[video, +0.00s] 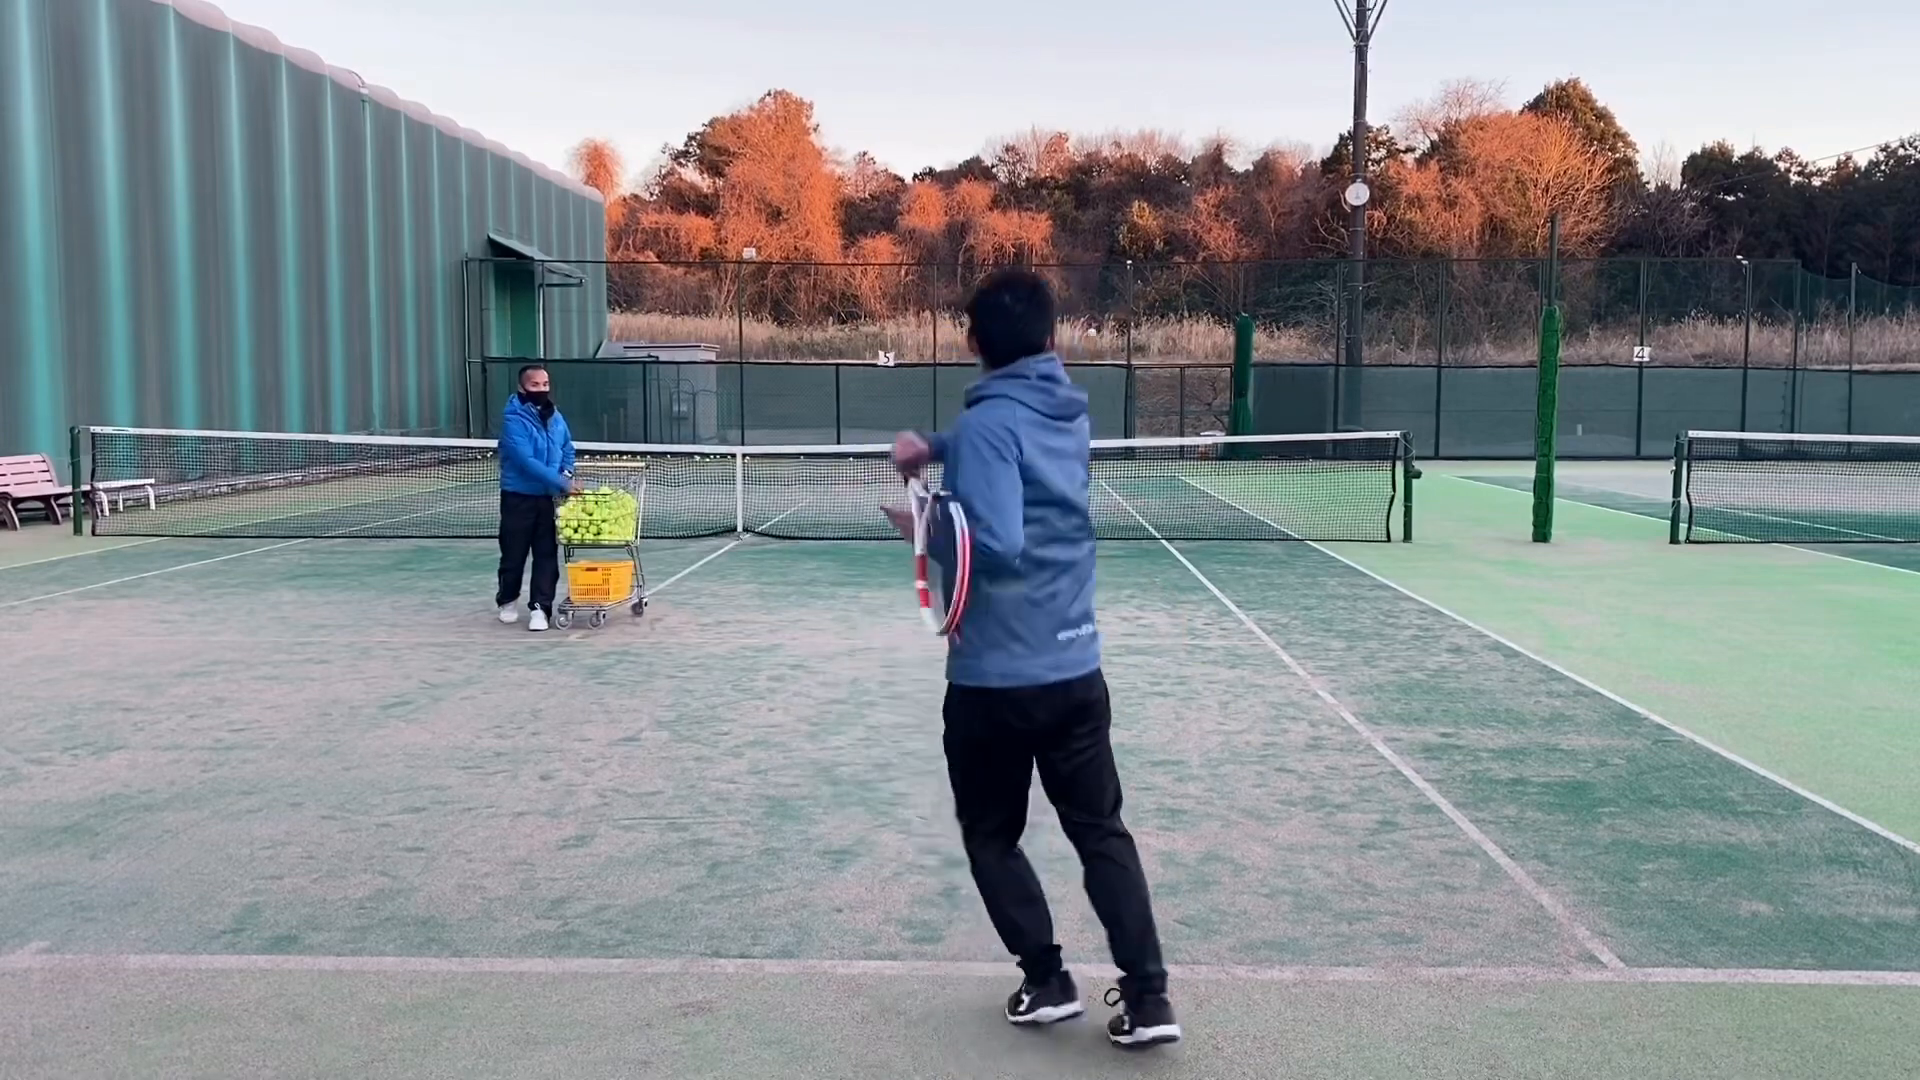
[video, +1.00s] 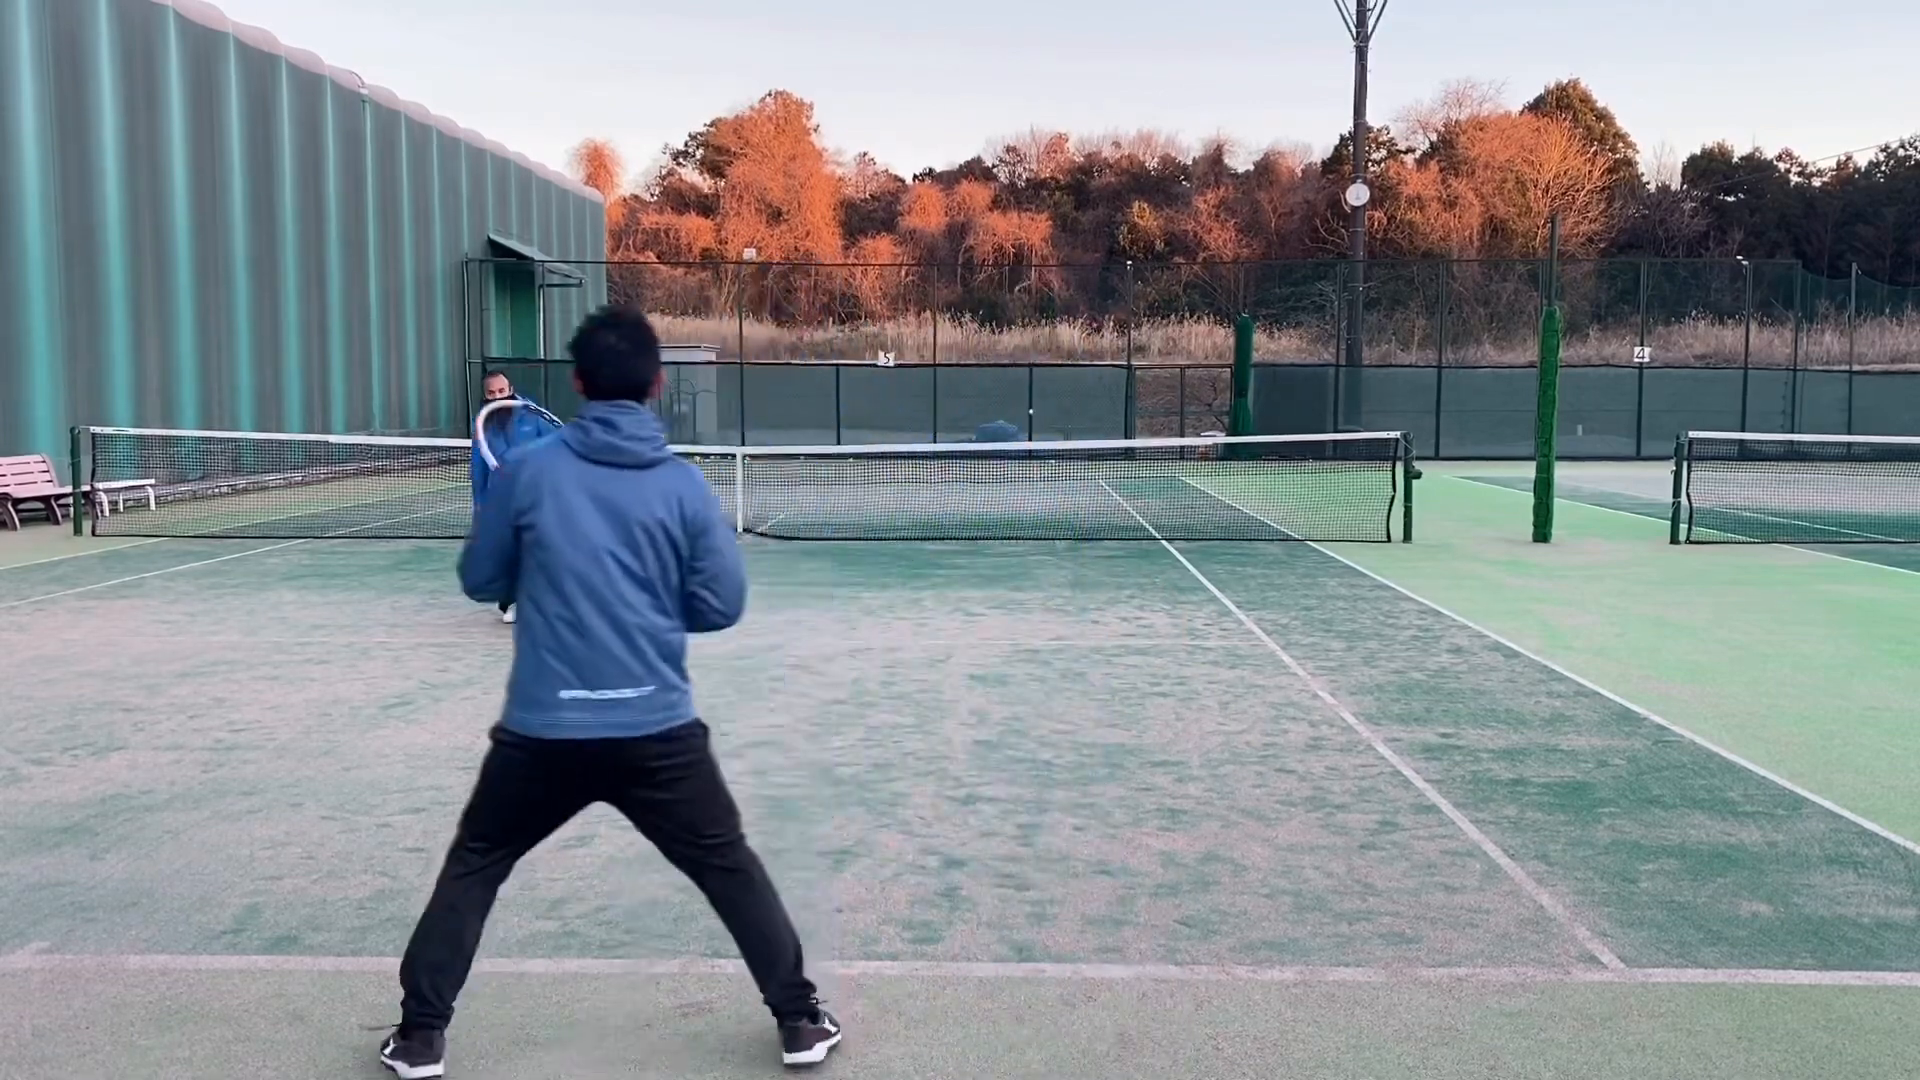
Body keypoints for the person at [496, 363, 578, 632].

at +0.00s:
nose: (542, 388)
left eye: (545, 384)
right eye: (535, 384)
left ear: (549, 385)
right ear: (522, 387)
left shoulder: (555, 416)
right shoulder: (513, 418)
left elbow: (568, 449)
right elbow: (524, 459)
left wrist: (566, 471)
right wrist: (562, 483)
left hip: (547, 494)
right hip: (517, 495)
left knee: (546, 555)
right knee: (514, 554)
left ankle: (541, 609)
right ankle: (508, 601)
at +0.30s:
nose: (527, 390)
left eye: (531, 385)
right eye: (521, 385)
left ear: (537, 387)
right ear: (511, 388)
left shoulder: (551, 417)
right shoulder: (500, 420)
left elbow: (568, 450)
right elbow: (500, 465)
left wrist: (566, 471)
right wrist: (529, 473)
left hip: (544, 497)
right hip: (512, 498)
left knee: (543, 554)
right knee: (512, 555)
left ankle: (540, 609)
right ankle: (511, 603)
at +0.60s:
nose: (513, 392)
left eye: (517, 387)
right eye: (507, 387)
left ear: (525, 387)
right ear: (499, 390)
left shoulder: (542, 416)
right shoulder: (490, 420)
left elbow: (566, 448)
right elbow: (483, 458)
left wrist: (565, 472)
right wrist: (493, 483)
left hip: (535, 495)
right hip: (503, 496)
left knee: (536, 550)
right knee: (505, 553)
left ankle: (538, 603)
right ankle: (512, 604)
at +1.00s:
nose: (497, 396)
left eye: (501, 390)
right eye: (491, 393)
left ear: (510, 389)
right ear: (485, 395)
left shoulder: (533, 416)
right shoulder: (484, 425)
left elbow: (559, 441)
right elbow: (478, 466)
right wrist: (479, 502)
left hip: (536, 492)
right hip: (499, 497)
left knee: (535, 548)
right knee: (504, 550)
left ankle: (535, 601)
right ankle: (509, 602)